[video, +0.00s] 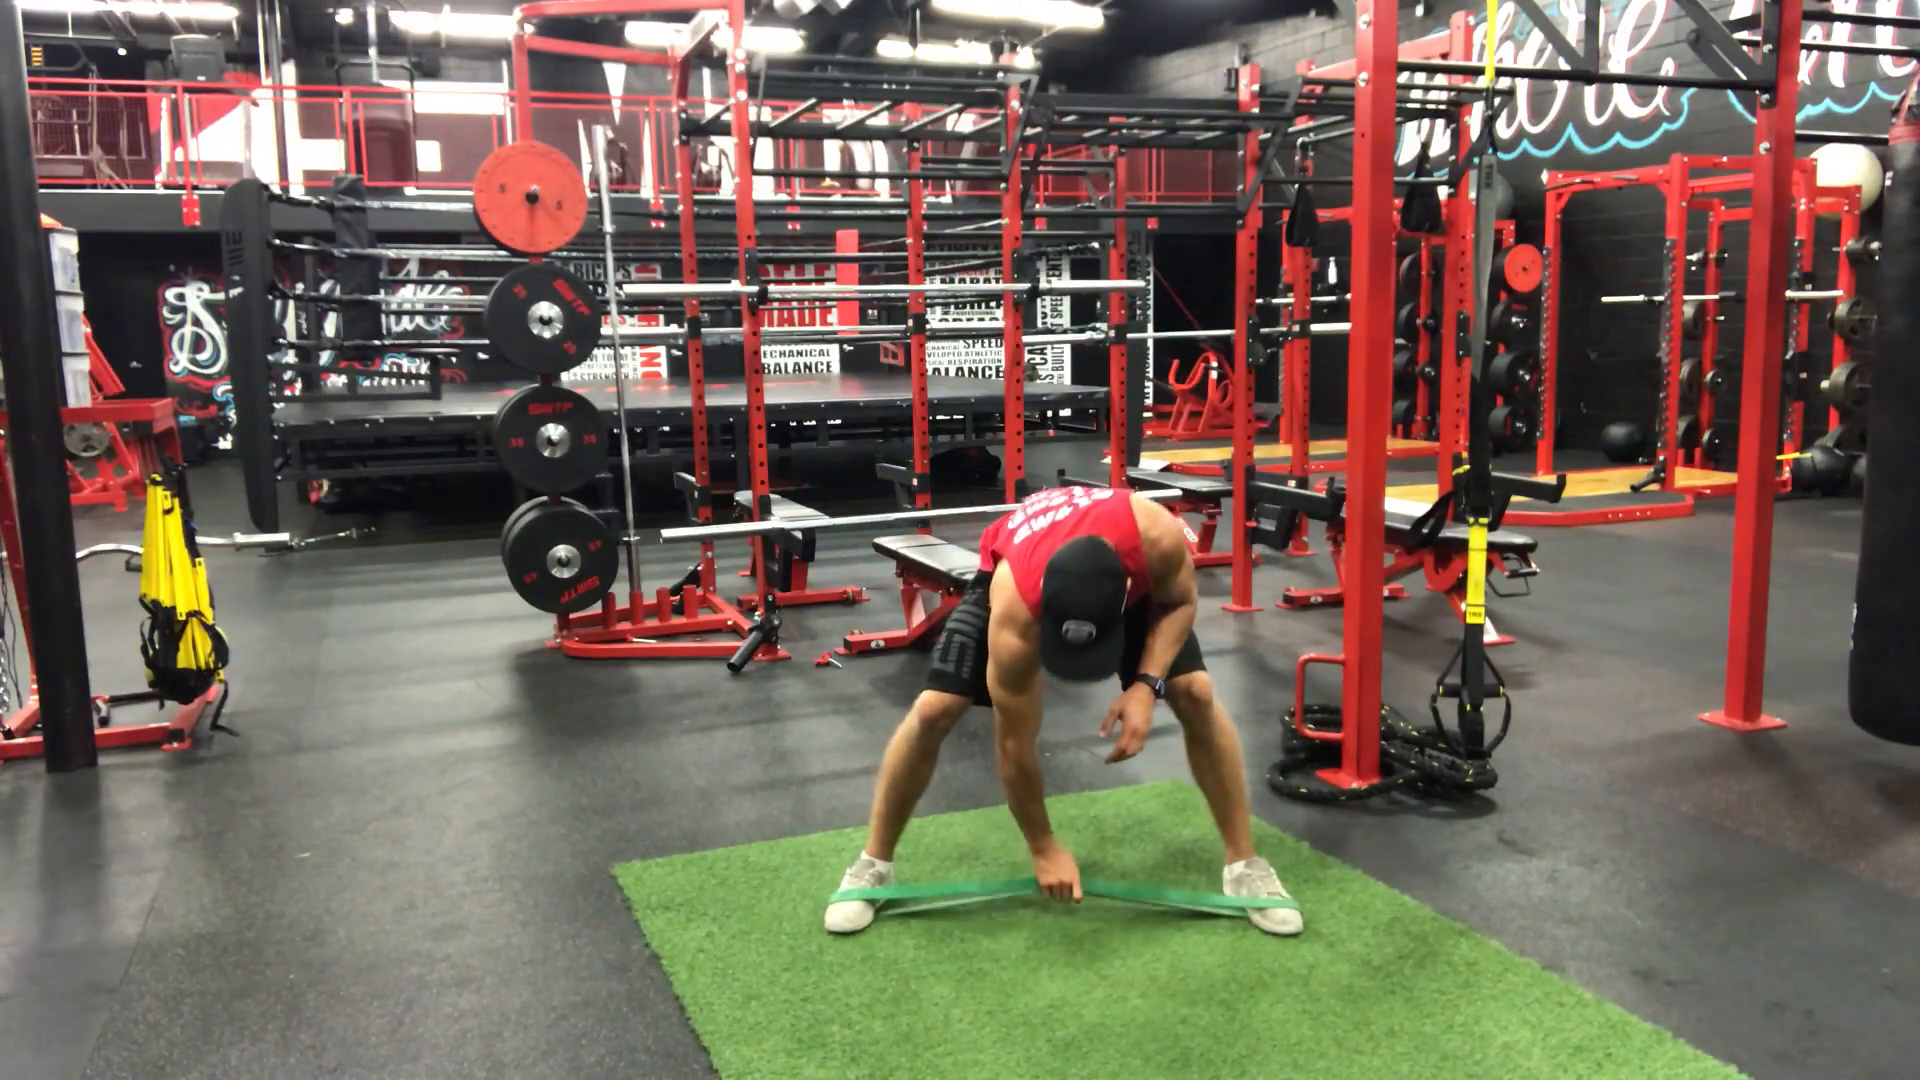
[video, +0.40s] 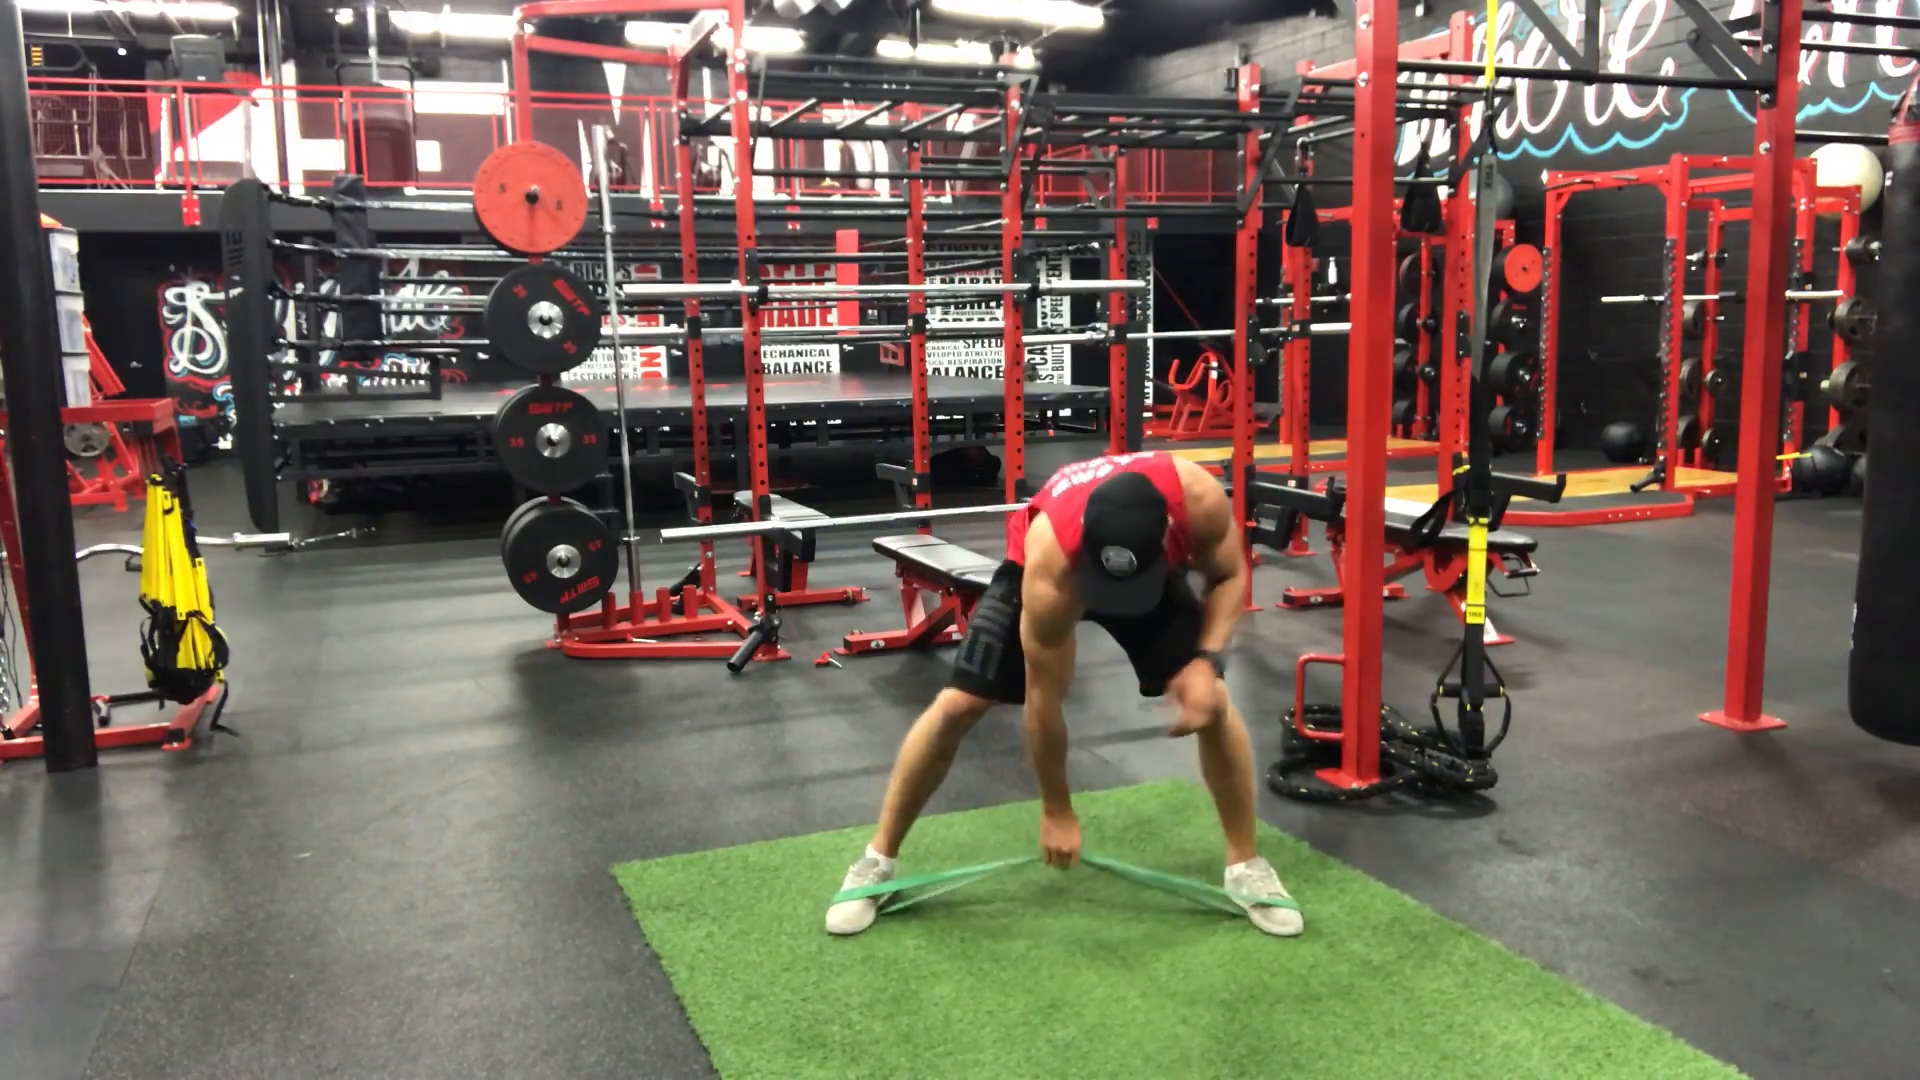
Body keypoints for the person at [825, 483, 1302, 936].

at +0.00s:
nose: (1074, 665)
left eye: (1097, 651)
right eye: (1064, 653)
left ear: (1126, 591)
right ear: (1045, 606)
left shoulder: (1162, 541)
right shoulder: (1011, 608)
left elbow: (1180, 604)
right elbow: (1016, 746)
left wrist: (1146, 685)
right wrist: (1044, 849)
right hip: (1011, 557)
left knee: (1197, 695)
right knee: (933, 709)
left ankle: (1244, 863)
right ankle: (873, 862)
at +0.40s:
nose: (1113, 598)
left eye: (1131, 585)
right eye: (1102, 582)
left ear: (1164, 542)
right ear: (1084, 548)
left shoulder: (1202, 501)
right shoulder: (1048, 562)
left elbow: (1228, 576)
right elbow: (1044, 700)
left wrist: (1208, 660)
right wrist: (1057, 813)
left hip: (1152, 576)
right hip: (1046, 571)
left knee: (1213, 705)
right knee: (957, 705)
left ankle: (1245, 862)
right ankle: (877, 859)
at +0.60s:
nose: (1047, 554)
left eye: (1060, 542)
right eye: (1033, 545)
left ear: (1092, 490)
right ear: (1012, 505)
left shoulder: (1132, 459)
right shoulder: (987, 532)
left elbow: (1209, 497)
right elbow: (1028, 665)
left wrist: (1227, 590)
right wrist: (1069, 769)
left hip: (1113, 567)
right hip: (1013, 581)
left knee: (1189, 702)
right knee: (956, 716)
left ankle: (1243, 863)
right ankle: (925, 866)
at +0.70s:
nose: (1011, 531)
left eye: (1022, 511)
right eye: (995, 519)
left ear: (1047, 463)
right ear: (970, 487)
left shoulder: (1088, 434)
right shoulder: (953, 528)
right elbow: (1000, 651)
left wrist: (1189, 534)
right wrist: (1052, 755)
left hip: (1085, 562)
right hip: (987, 582)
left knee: (1166, 701)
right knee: (948, 719)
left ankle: (1237, 859)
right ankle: (923, 867)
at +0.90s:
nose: (984, 491)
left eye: (994, 476)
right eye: (967, 485)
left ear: (1016, 431)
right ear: (938, 460)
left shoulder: (1064, 405)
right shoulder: (922, 506)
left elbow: (1106, 418)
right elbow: (964, 623)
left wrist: (1143, 498)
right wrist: (1011, 731)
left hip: (1061, 542)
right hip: (966, 566)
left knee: (1123, 684)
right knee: (933, 714)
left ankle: (1165, 850)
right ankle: (923, 867)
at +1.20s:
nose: (1038, 437)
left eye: (1052, 424)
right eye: (1022, 426)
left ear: (1077, 386)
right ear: (999, 394)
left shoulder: (1124, 386)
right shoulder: (961, 447)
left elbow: (1162, 442)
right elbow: (978, 576)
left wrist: (1174, 538)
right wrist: (1004, 692)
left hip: (1095, 545)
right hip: (998, 555)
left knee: (1115, 701)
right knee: (946, 708)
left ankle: (1121, 874)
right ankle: (925, 864)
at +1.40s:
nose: (1063, 404)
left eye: (1078, 388)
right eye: (1047, 391)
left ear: (1104, 354)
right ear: (1022, 358)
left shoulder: (1145, 368)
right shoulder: (979, 415)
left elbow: (1181, 432)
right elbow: (993, 544)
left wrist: (1197, 527)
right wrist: (1015, 662)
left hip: (1104, 536)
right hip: (1004, 540)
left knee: (1120, 699)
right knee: (954, 696)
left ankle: (1119, 869)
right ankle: (941, 852)